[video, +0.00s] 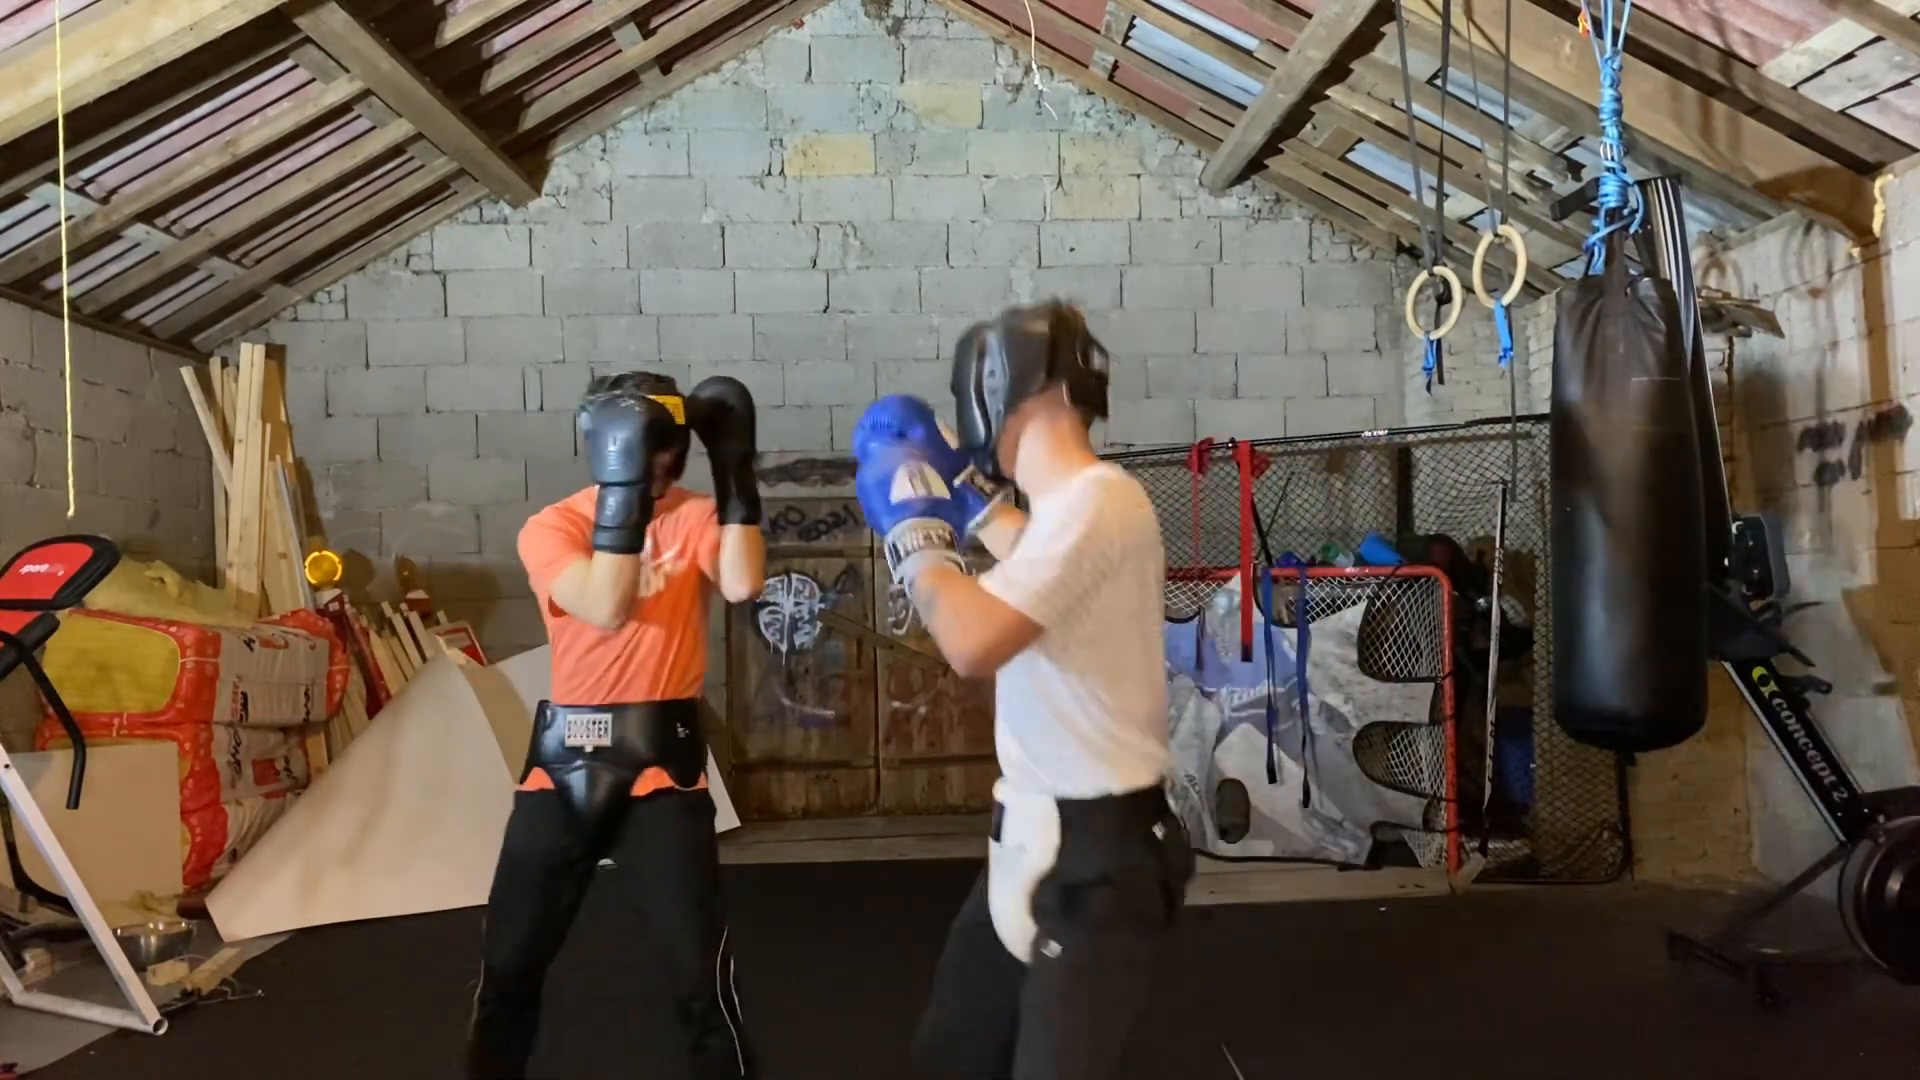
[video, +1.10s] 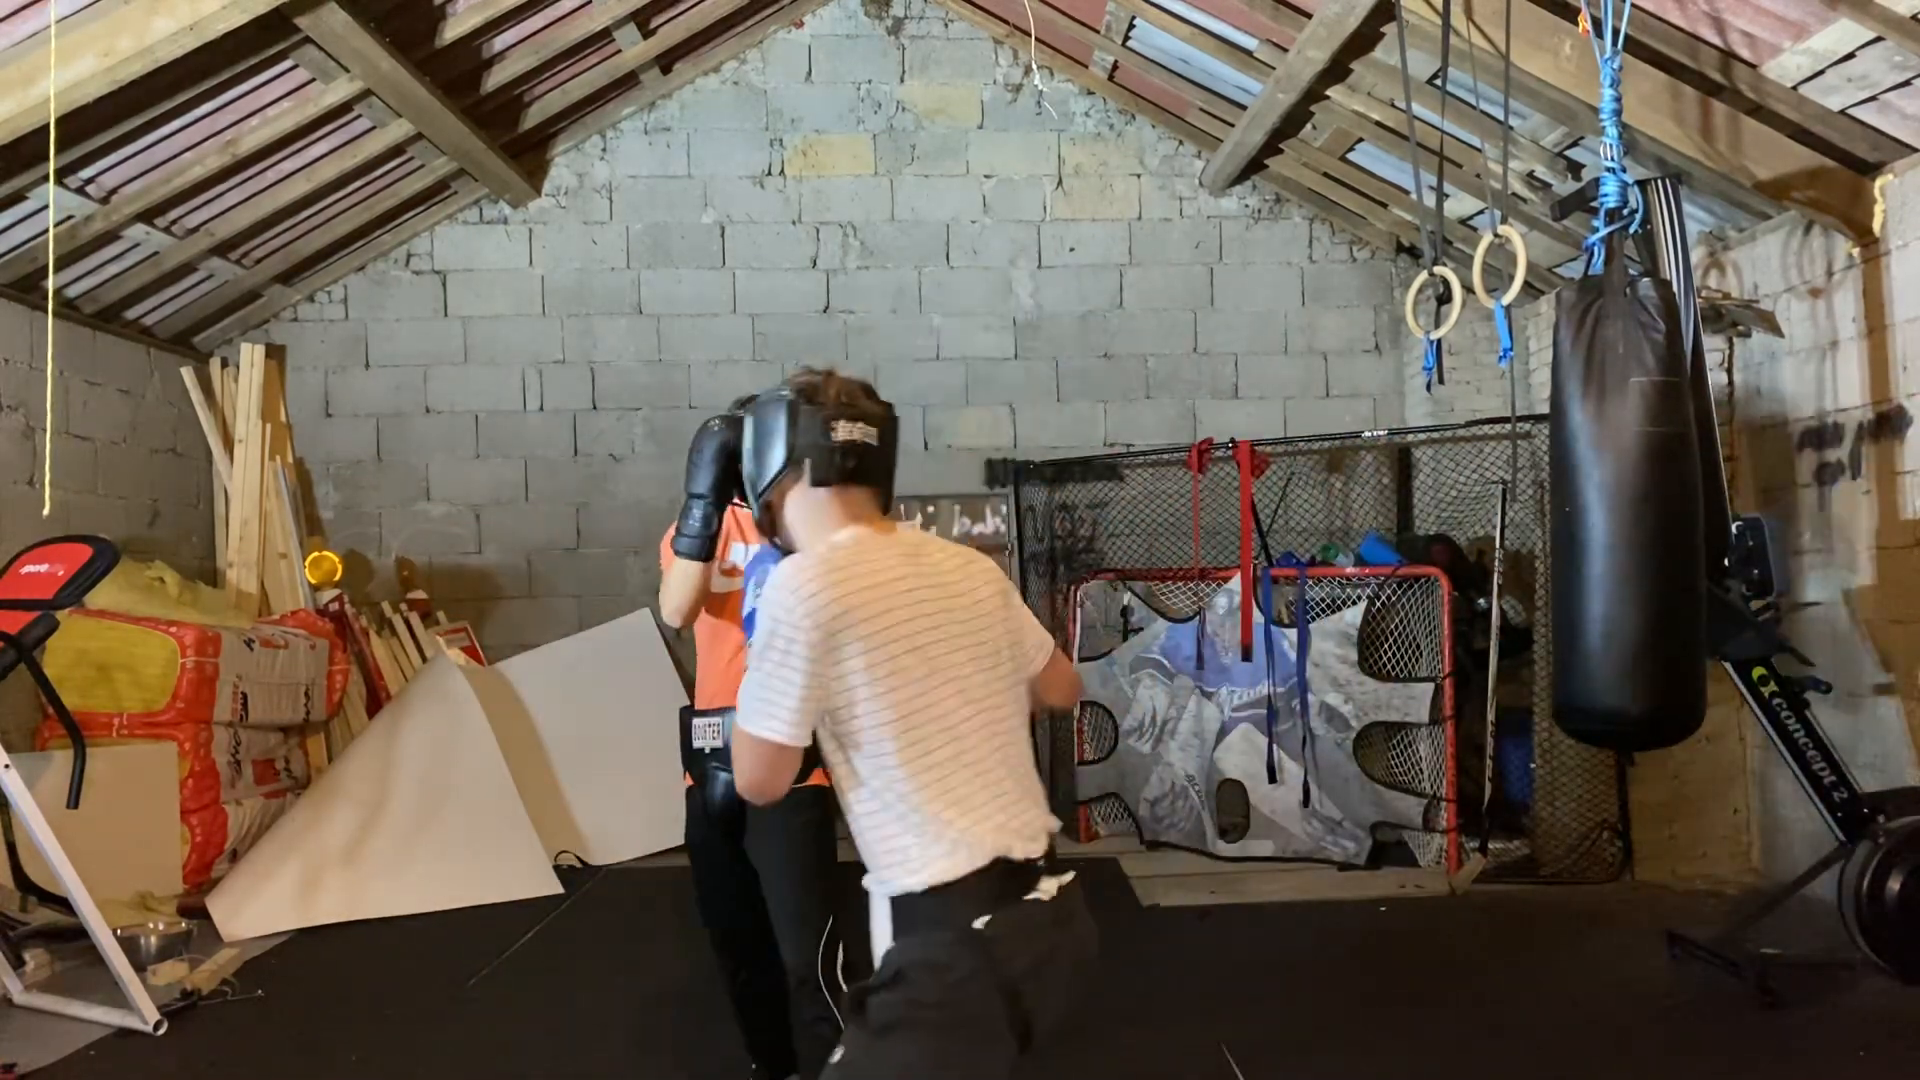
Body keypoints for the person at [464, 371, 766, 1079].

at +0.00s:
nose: (653, 458)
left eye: (664, 445)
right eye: (638, 441)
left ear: (682, 452)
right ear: (602, 444)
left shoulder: (694, 516)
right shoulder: (549, 528)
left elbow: (743, 582)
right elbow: (605, 605)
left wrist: (734, 465)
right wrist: (623, 487)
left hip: (664, 766)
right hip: (564, 763)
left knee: (698, 976)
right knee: (507, 971)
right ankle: (492, 1073)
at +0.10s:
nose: (685, 459)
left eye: (692, 446)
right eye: (672, 445)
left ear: (699, 452)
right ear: (630, 446)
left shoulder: (709, 519)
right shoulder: (565, 526)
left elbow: (756, 586)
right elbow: (606, 606)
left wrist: (750, 470)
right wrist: (627, 484)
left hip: (674, 764)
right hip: (578, 762)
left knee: (702, 971)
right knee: (528, 954)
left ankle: (728, 1069)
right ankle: (568, 1071)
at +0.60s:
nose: (704, 472)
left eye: (719, 458)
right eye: (691, 455)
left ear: (735, 461)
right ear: (661, 455)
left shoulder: (752, 526)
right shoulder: (620, 533)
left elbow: (793, 619)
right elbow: (605, 609)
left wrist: (784, 510)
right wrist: (630, 500)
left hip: (729, 747)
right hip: (641, 752)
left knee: (762, 937)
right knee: (622, 945)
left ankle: (829, 1061)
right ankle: (632, 1072)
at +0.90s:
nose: (767, 462)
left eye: (780, 448)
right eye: (753, 446)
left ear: (796, 451)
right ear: (724, 446)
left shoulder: (816, 517)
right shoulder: (687, 522)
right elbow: (676, 602)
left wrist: (840, 499)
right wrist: (698, 491)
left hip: (795, 754)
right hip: (707, 756)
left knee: (813, 949)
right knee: (694, 927)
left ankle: (852, 1064)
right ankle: (720, 1064)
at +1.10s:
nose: (753, 458)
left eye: (768, 439)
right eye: (744, 441)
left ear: (790, 447)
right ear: (728, 452)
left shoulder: (813, 521)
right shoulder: (697, 525)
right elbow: (676, 609)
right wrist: (704, 496)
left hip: (796, 752)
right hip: (715, 750)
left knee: (805, 942)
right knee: (735, 937)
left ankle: (826, 1065)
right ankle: (768, 1064)